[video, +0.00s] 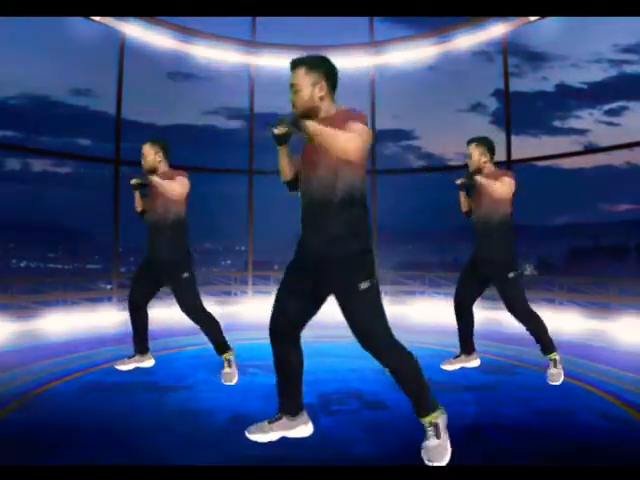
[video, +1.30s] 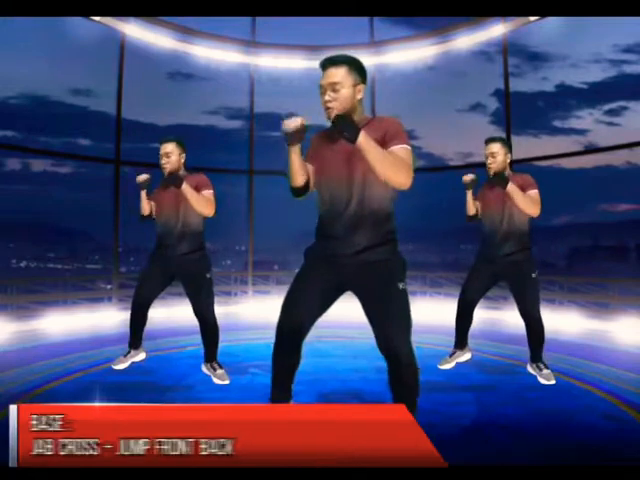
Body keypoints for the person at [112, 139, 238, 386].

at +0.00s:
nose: (143, 160)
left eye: (146, 155)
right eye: (142, 156)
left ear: (160, 156)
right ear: (148, 159)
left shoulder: (179, 178)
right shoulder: (150, 184)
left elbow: (178, 193)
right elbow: (142, 212)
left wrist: (153, 179)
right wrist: (137, 192)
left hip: (178, 258)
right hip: (155, 258)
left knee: (193, 309)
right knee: (136, 301)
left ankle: (227, 355)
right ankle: (142, 354)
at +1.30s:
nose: (164, 159)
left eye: (169, 155)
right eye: (162, 156)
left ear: (182, 157)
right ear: (160, 160)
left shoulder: (198, 180)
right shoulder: (161, 189)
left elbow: (208, 210)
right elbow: (146, 213)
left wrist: (182, 185)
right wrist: (142, 189)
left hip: (193, 257)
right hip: (164, 257)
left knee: (206, 313)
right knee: (140, 300)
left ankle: (211, 362)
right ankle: (135, 349)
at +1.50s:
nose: (168, 159)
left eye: (173, 154)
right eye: (166, 155)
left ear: (187, 156)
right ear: (164, 158)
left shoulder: (202, 182)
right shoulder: (157, 183)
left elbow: (216, 210)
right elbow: (130, 195)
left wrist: (193, 184)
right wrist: (117, 182)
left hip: (194, 259)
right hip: (163, 258)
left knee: (210, 312)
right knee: (140, 303)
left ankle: (212, 362)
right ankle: (140, 350)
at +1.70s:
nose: (154, 159)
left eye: (158, 155)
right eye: (153, 155)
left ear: (173, 156)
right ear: (155, 158)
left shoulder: (189, 183)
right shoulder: (155, 183)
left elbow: (195, 216)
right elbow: (145, 197)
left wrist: (173, 192)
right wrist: (136, 191)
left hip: (180, 257)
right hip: (157, 256)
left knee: (194, 309)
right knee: (136, 300)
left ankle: (218, 359)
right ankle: (141, 352)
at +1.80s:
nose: (152, 161)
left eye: (155, 156)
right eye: (152, 156)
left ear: (168, 158)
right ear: (158, 159)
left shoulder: (179, 181)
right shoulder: (161, 181)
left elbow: (166, 201)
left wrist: (147, 183)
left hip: (175, 256)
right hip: (158, 254)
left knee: (184, 309)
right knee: (136, 298)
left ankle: (221, 356)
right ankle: (142, 352)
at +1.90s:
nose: (156, 159)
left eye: (160, 155)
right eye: (156, 155)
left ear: (170, 157)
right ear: (164, 157)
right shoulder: (168, 178)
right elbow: (156, 206)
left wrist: (106, 169)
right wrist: (154, 185)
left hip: (176, 253)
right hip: (162, 252)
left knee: (184, 312)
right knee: (139, 298)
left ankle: (218, 359)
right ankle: (141, 352)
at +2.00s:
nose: (157, 159)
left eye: (161, 155)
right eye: (157, 156)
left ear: (171, 156)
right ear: (165, 158)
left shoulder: (181, 177)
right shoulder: (167, 179)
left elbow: (146, 183)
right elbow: (156, 207)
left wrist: (121, 173)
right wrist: (151, 182)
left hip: (182, 257)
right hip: (164, 256)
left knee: (192, 312)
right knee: (142, 299)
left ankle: (221, 360)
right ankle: (142, 352)